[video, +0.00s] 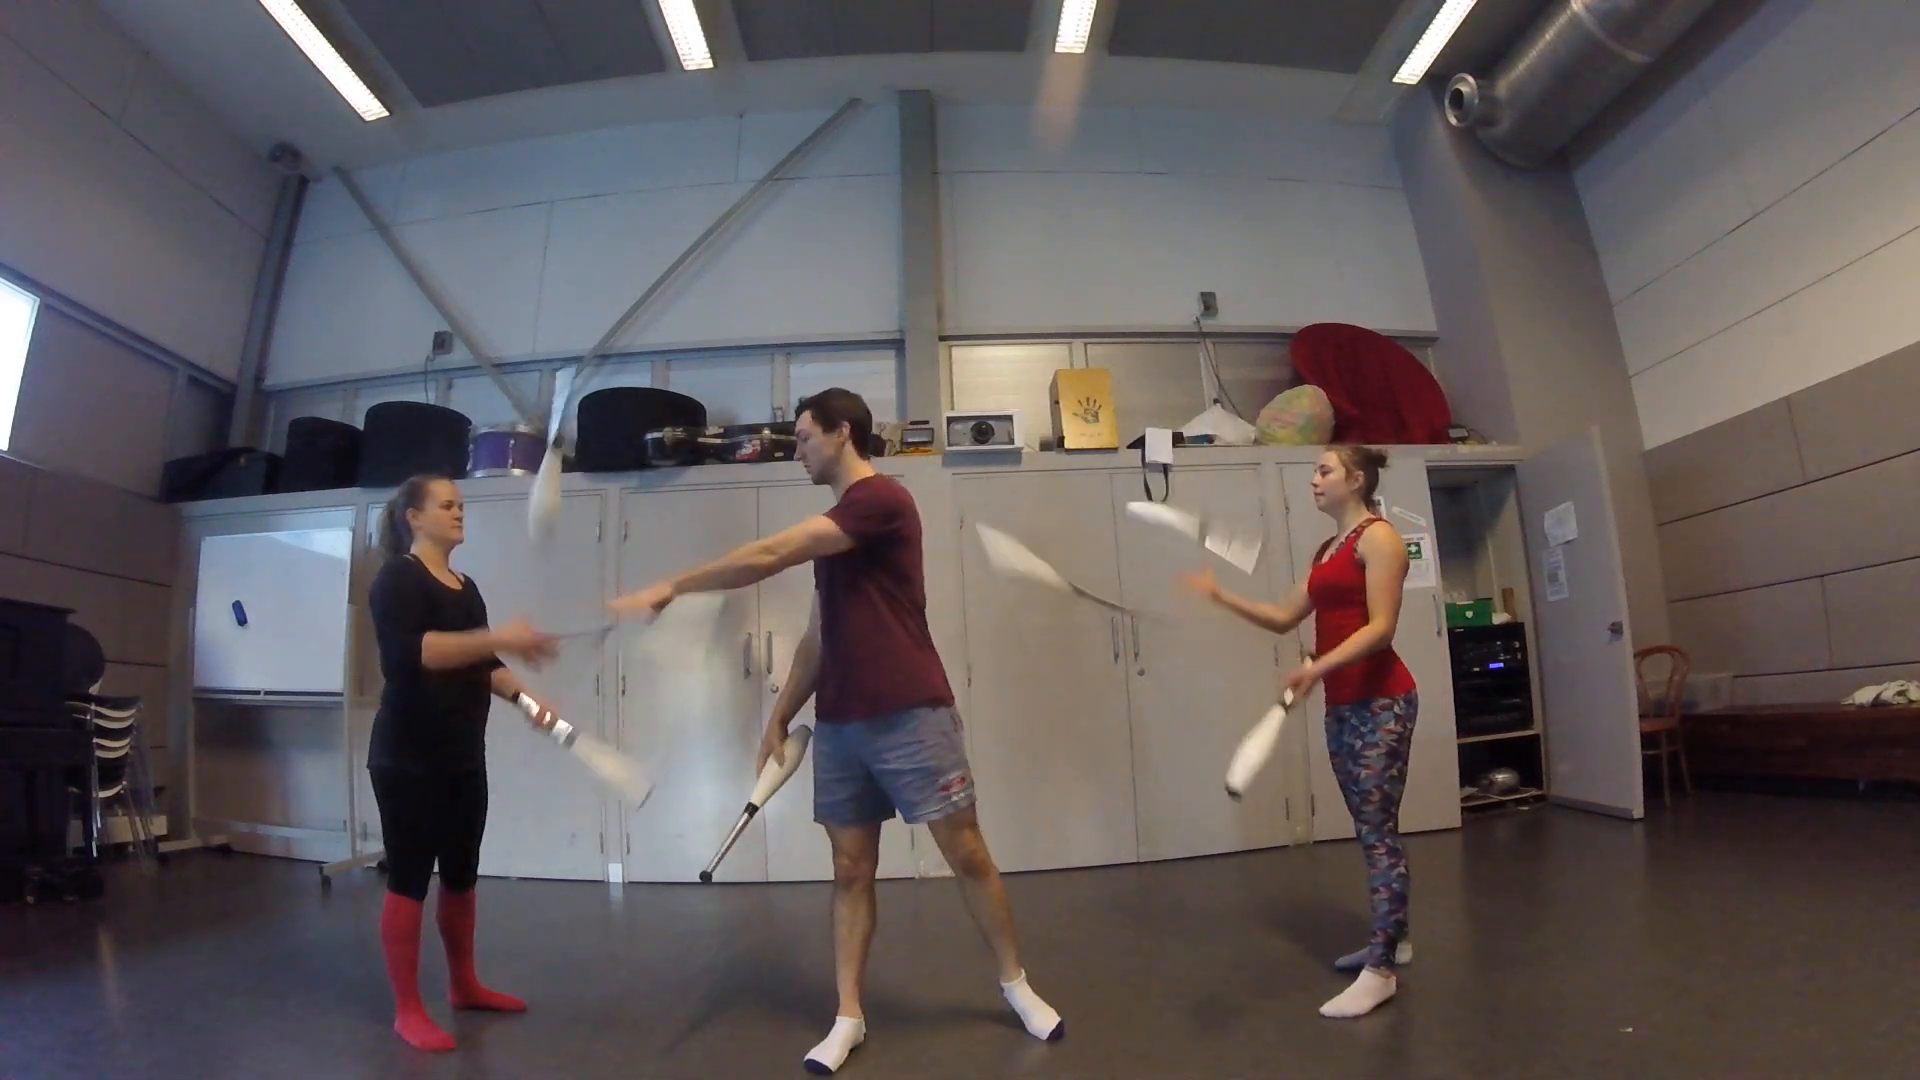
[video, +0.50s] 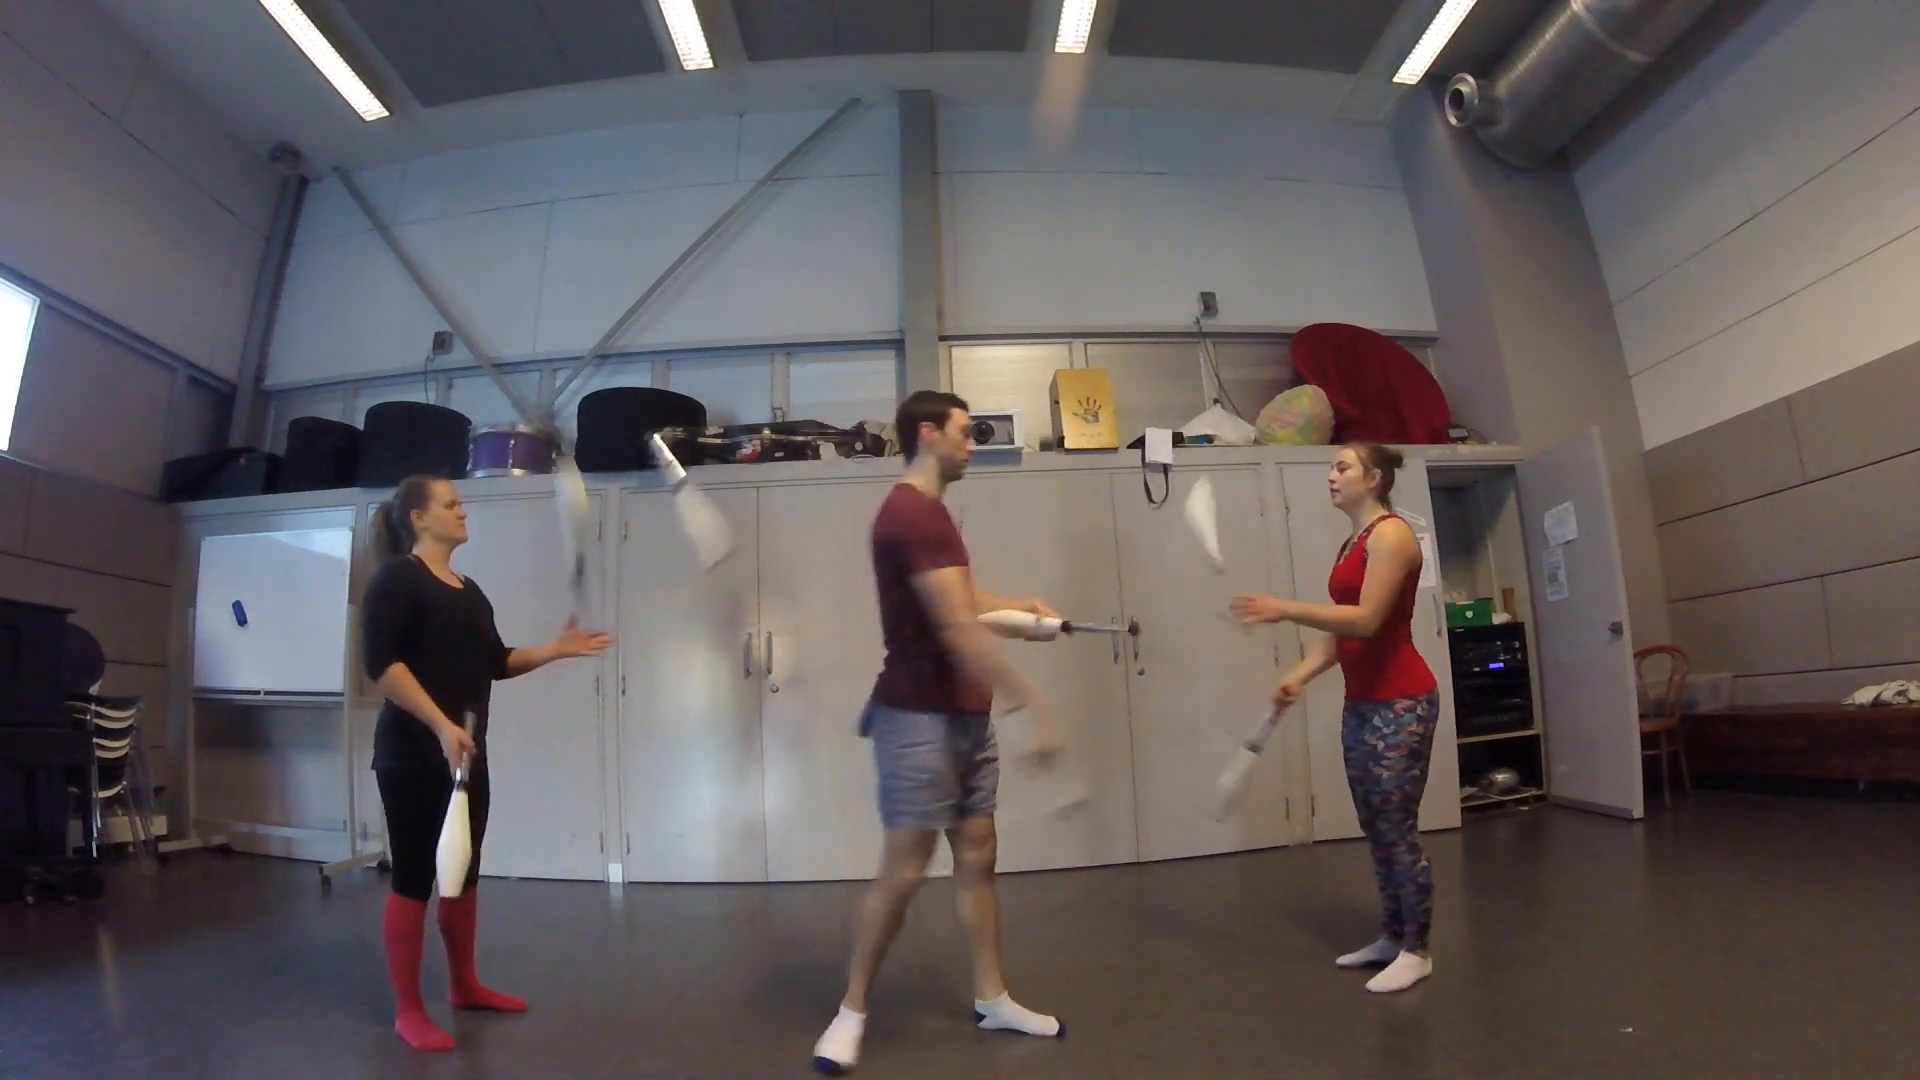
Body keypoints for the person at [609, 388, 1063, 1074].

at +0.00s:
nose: (798, 452)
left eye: (804, 439)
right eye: (797, 441)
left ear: (842, 434)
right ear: (839, 436)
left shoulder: (883, 499)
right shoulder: (838, 521)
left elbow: (772, 554)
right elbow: (821, 635)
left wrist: (671, 586)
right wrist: (781, 716)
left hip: (912, 710)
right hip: (841, 720)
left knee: (969, 855)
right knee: (851, 870)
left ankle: (1015, 982)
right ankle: (849, 1015)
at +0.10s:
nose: (815, 447)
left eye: (826, 434)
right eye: (811, 438)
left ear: (870, 435)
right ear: (819, 449)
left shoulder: (901, 493)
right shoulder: (827, 531)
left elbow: (815, 553)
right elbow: (810, 641)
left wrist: (711, 587)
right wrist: (775, 731)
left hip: (921, 710)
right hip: (845, 721)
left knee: (973, 859)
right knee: (853, 871)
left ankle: (1008, 986)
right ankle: (849, 1018)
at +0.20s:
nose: (876, 443)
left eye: (885, 432)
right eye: (862, 432)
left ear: (898, 440)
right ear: (833, 443)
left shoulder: (918, 498)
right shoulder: (814, 537)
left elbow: (910, 570)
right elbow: (797, 640)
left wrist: (807, 598)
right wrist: (779, 732)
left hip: (937, 711)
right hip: (857, 721)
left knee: (979, 860)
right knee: (856, 871)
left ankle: (996, 995)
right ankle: (848, 1017)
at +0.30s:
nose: (924, 445)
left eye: (925, 435)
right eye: (912, 433)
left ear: (913, 446)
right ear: (870, 440)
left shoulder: (936, 509)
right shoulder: (830, 532)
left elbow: (987, 586)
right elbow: (813, 637)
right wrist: (824, 736)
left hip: (953, 719)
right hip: (874, 726)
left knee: (981, 859)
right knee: (861, 872)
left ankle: (991, 998)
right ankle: (848, 1019)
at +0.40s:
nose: (952, 444)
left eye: (952, 433)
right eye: (942, 433)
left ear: (921, 439)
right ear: (902, 436)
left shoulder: (943, 515)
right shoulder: (868, 523)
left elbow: (993, 587)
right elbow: (884, 636)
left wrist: (1030, 606)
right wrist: (926, 732)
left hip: (960, 710)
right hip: (888, 716)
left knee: (982, 854)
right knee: (874, 871)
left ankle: (992, 997)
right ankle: (849, 1016)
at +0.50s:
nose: (974, 445)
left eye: (973, 434)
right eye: (966, 433)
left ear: (932, 435)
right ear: (928, 435)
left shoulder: (934, 513)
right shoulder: (907, 514)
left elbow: (957, 604)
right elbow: (959, 629)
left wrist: (1018, 613)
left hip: (966, 710)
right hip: (915, 715)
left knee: (977, 858)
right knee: (904, 869)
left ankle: (991, 999)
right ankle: (852, 1010)